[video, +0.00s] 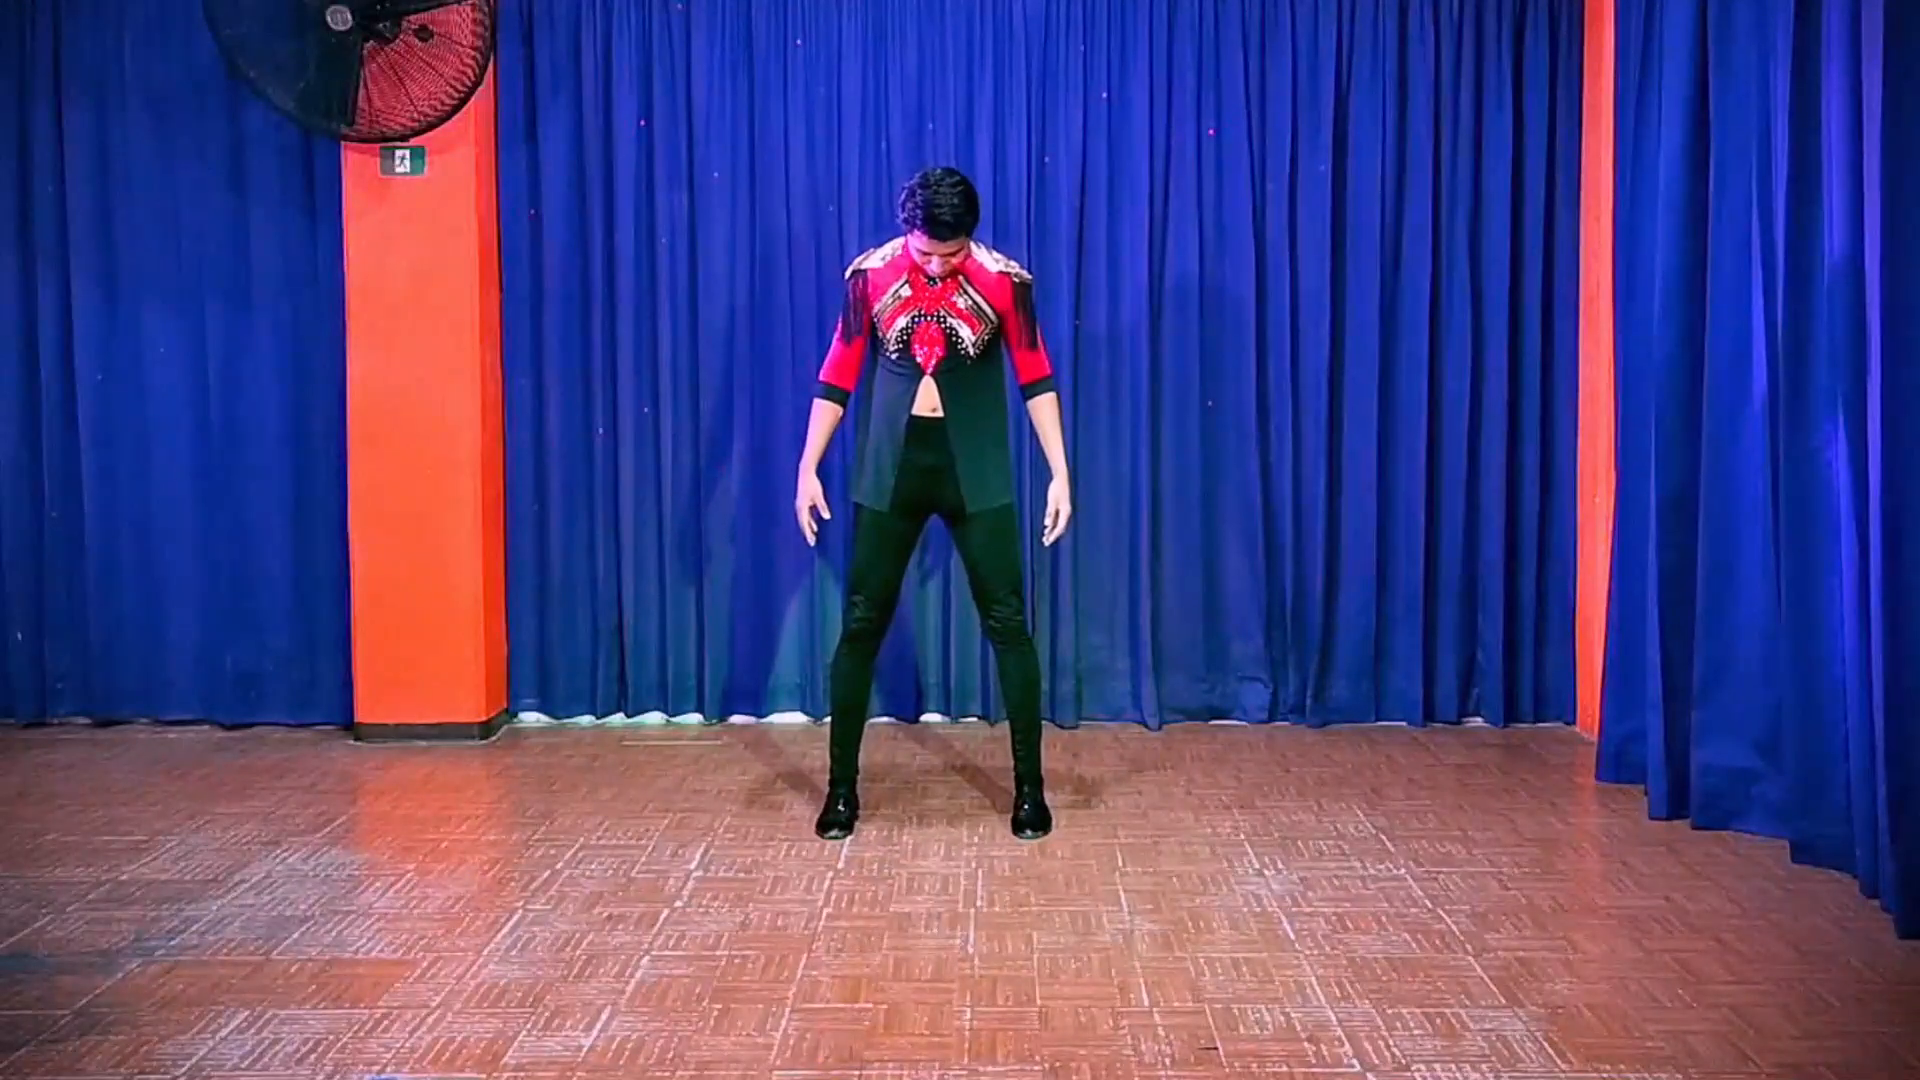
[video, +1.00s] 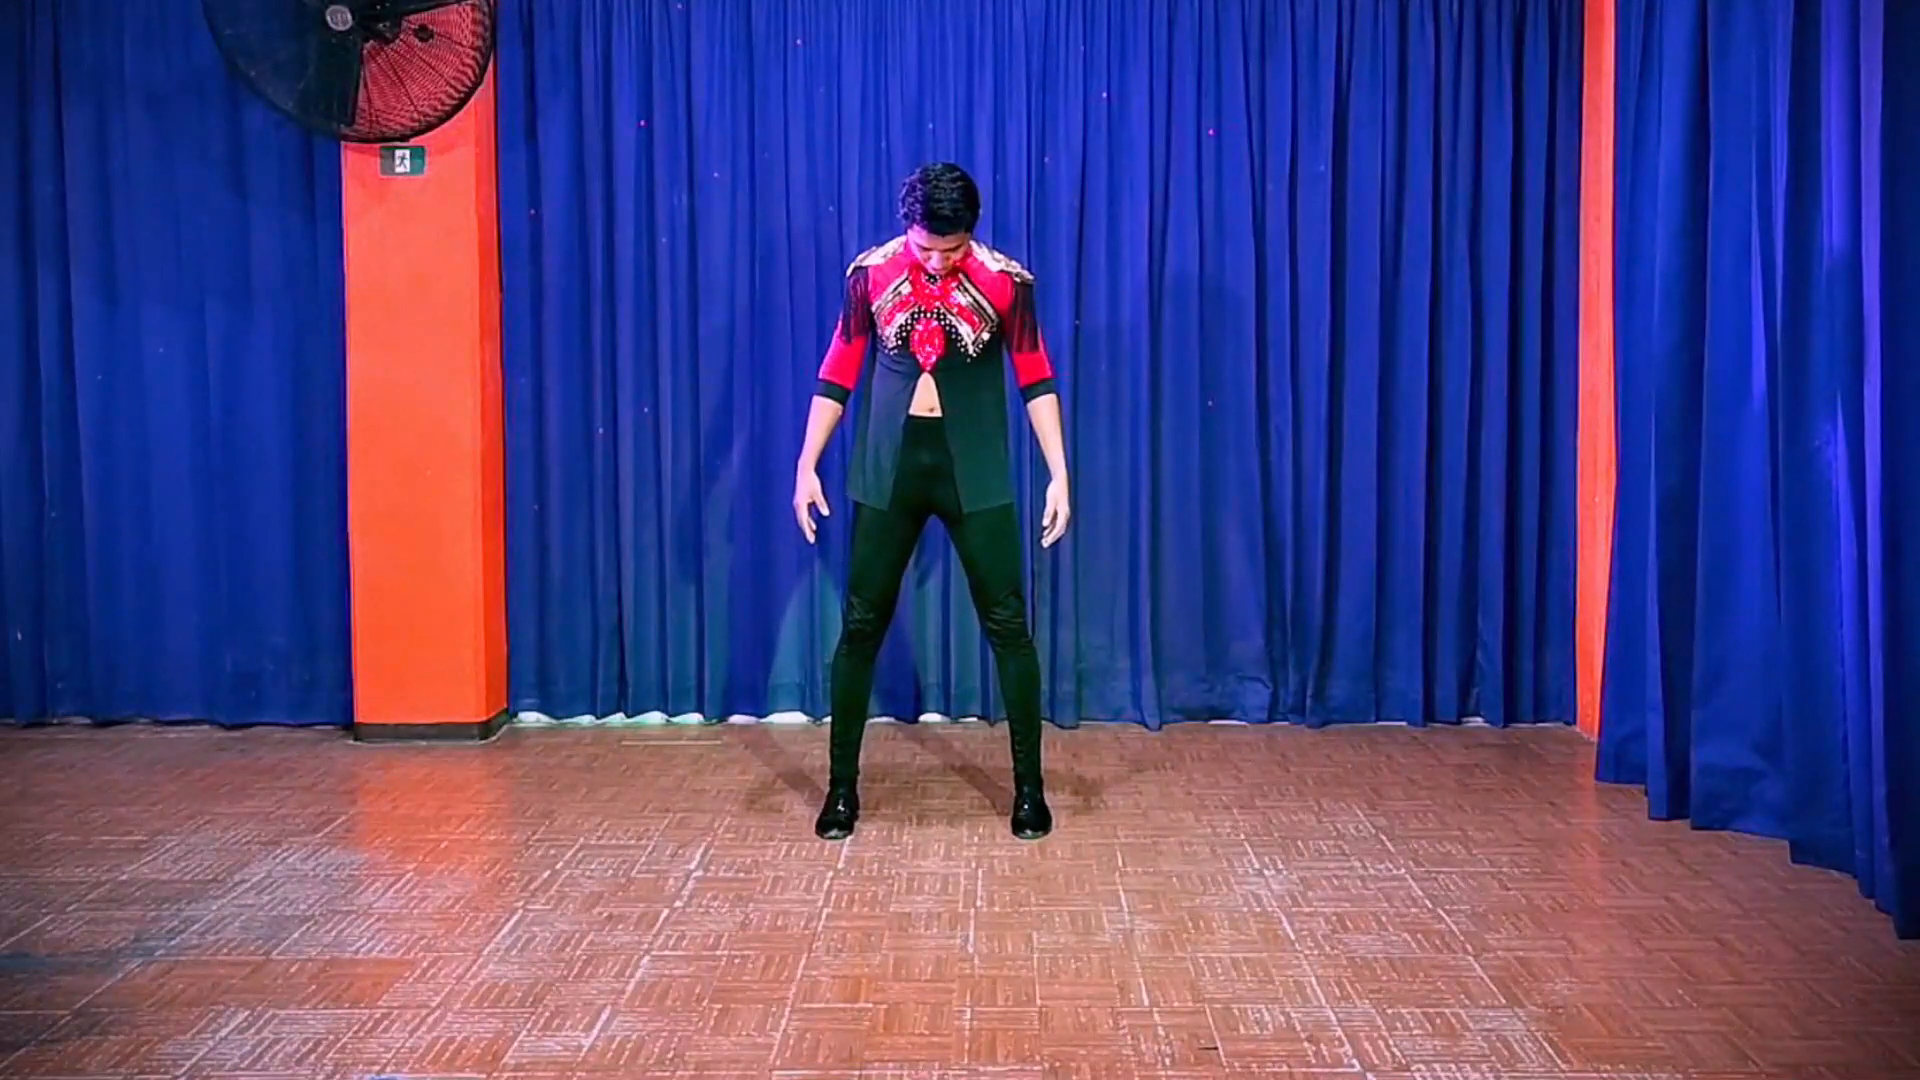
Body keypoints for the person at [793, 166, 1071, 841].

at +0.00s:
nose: (940, 262)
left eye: (953, 251)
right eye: (928, 250)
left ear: (972, 234)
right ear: (908, 231)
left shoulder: (1004, 281)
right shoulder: (870, 277)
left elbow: (1035, 378)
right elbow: (839, 375)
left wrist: (1060, 472)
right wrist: (808, 467)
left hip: (978, 465)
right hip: (891, 464)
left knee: (1006, 618)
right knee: (863, 620)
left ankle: (1028, 784)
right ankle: (841, 786)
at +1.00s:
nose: (941, 258)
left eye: (953, 247)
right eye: (928, 246)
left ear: (974, 229)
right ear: (909, 228)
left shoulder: (1006, 282)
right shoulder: (872, 275)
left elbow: (1035, 379)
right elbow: (839, 372)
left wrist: (1058, 473)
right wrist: (807, 464)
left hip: (976, 466)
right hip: (889, 464)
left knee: (1007, 622)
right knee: (862, 623)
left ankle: (1029, 786)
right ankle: (841, 786)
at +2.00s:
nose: (942, 257)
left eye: (955, 245)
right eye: (930, 245)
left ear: (973, 227)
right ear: (908, 226)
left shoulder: (1005, 280)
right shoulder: (872, 275)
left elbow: (1035, 379)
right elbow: (840, 373)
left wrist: (1058, 473)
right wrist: (809, 465)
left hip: (978, 468)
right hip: (889, 466)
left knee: (1007, 624)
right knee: (862, 626)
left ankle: (1028, 785)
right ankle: (842, 786)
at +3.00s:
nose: (940, 257)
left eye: (953, 245)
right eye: (927, 245)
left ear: (972, 227)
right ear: (907, 226)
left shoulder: (1006, 281)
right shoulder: (871, 275)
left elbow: (1035, 379)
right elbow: (839, 372)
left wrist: (1058, 472)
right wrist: (807, 464)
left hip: (977, 468)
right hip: (889, 467)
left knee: (1007, 625)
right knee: (862, 626)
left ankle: (1028, 785)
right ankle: (842, 786)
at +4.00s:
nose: (922, 216)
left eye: (932, 202)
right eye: (910, 204)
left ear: (953, 210)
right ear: (890, 214)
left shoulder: (989, 279)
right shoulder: (862, 280)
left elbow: (971, 322)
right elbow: (903, 335)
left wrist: (957, 226)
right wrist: (908, 242)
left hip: (953, 477)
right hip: (876, 473)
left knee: (939, 637)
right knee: (855, 623)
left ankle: (891, 785)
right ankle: (834, 783)